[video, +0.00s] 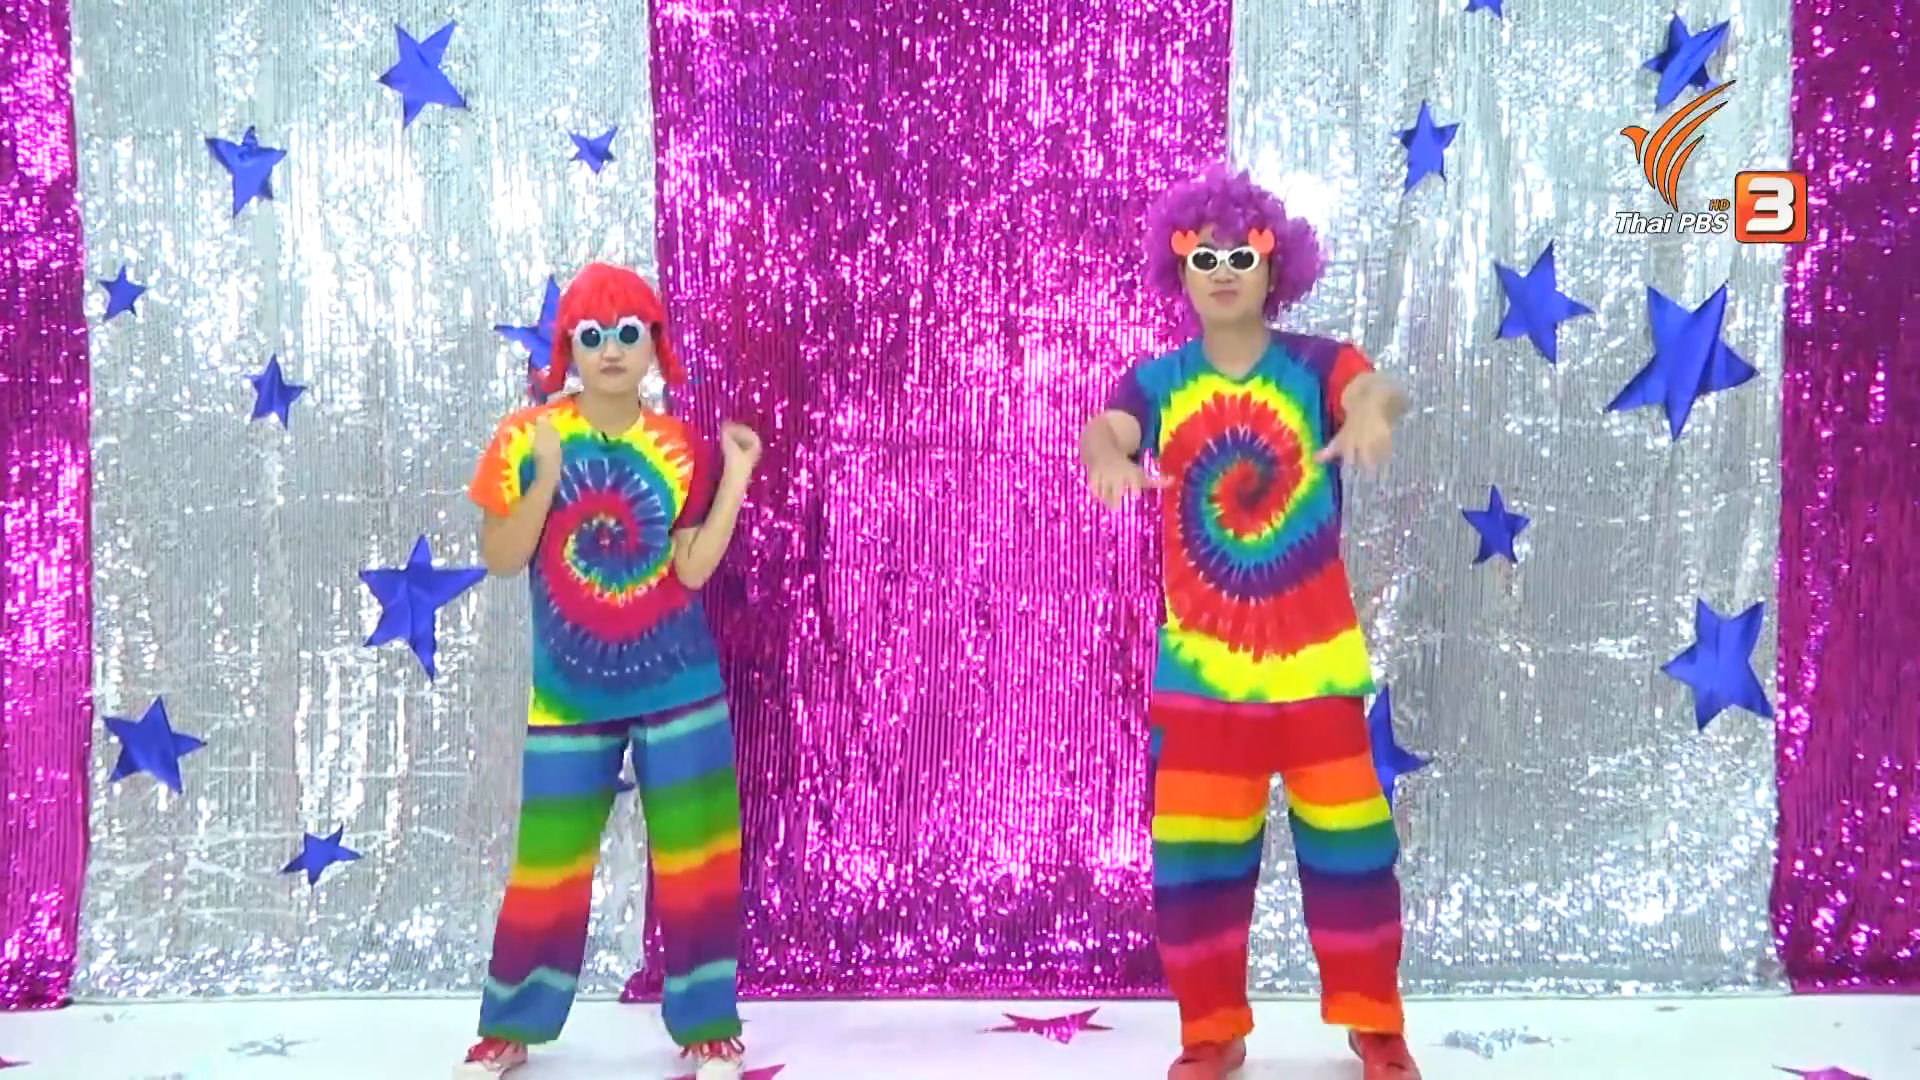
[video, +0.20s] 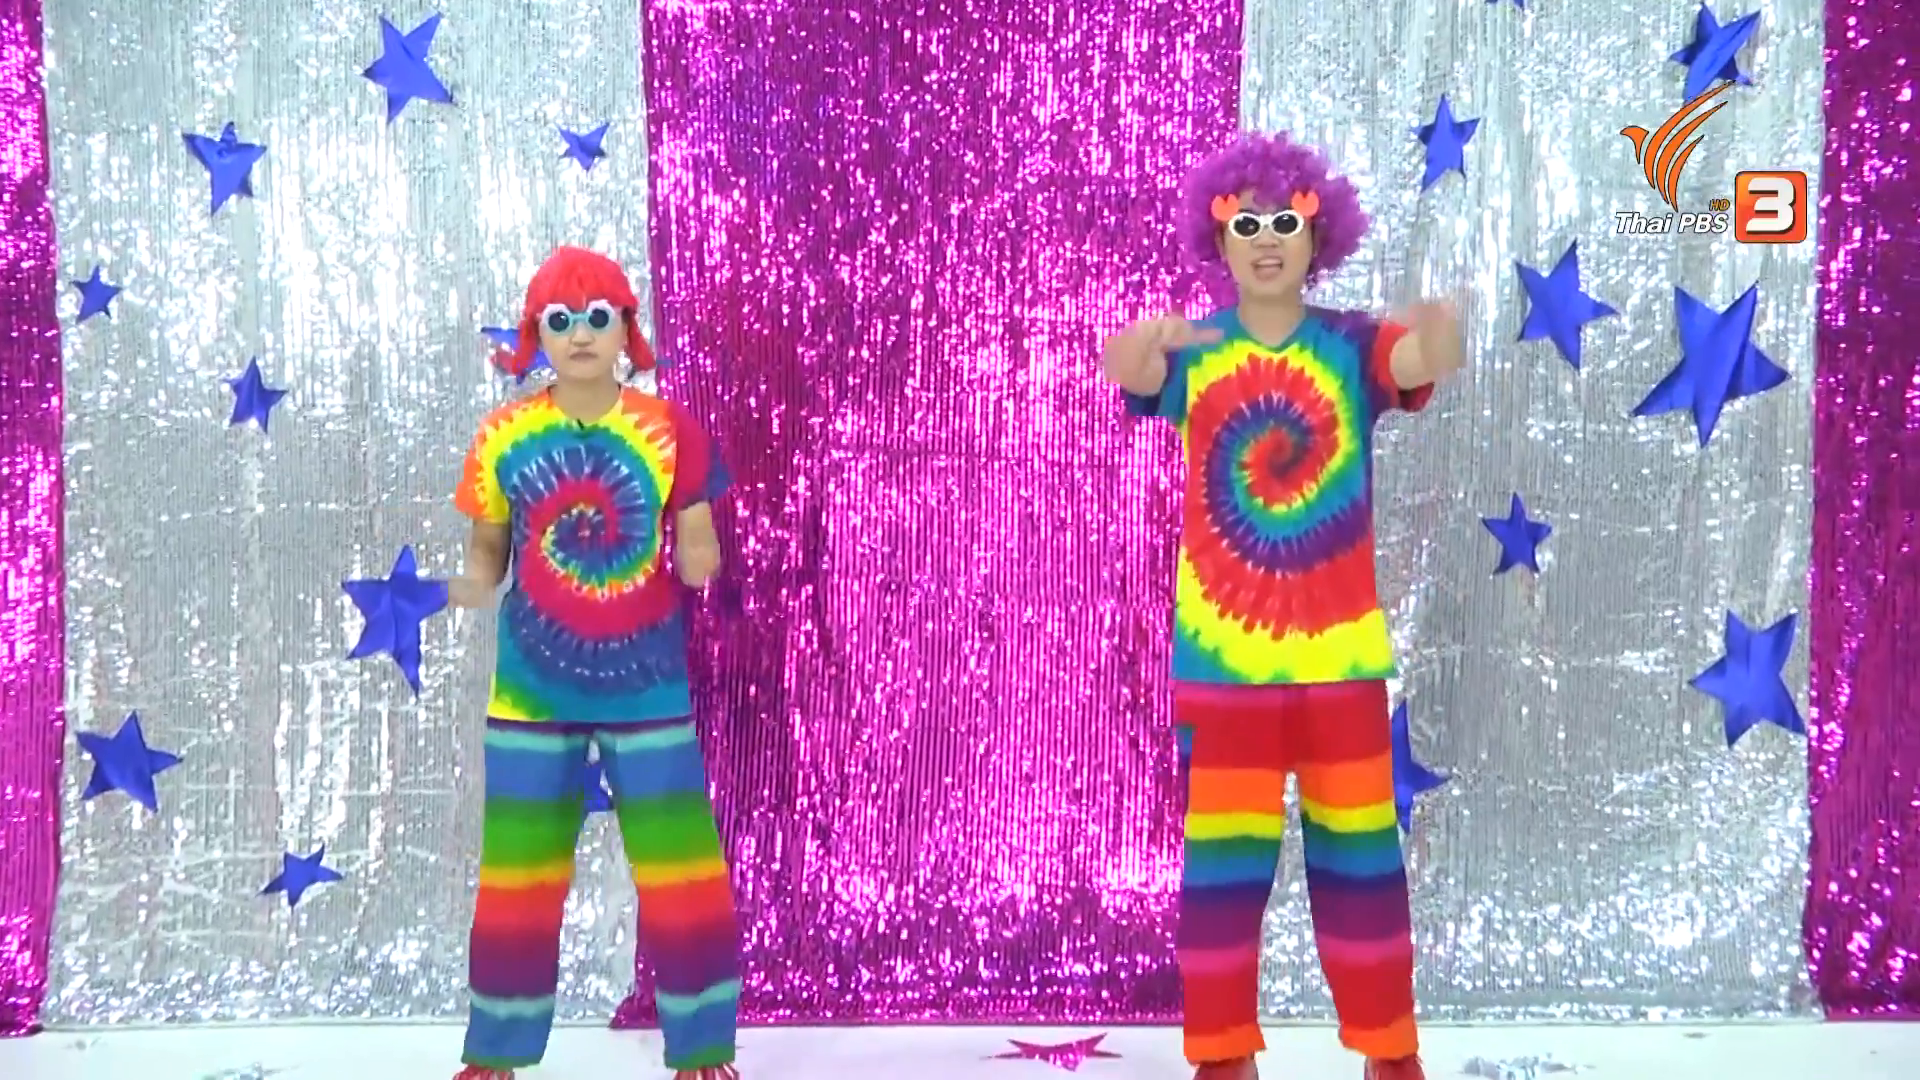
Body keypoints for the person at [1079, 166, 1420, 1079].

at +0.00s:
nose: (1223, 272)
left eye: (1243, 256)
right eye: (1203, 256)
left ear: (1273, 271)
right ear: (1179, 276)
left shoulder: (1320, 363)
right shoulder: (1158, 382)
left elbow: (1373, 387)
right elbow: (1107, 429)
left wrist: (1370, 412)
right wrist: (1107, 457)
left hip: (1320, 661)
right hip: (1204, 667)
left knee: (1353, 847)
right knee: (1197, 855)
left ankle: (1376, 1028)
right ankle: (1210, 1032)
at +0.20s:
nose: (1267, 243)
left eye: (1285, 225)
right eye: (1247, 226)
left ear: (1313, 246)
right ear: (1221, 247)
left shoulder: (1352, 343)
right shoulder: (1194, 352)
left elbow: (1423, 359)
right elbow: (1123, 366)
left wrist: (1440, 317)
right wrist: (1152, 336)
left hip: (1341, 644)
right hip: (1228, 650)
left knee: (1362, 852)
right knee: (1226, 859)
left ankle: (1392, 1054)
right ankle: (1223, 1059)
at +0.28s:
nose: (1289, 240)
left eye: (1309, 223)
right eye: (1269, 223)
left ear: (1337, 246)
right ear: (1242, 247)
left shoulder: (1371, 343)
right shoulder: (1213, 351)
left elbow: (1453, 360)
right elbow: (1142, 349)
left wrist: (1464, 298)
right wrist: (1182, 306)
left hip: (1355, 643)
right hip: (1241, 648)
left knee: (1369, 859)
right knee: (1238, 862)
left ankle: (1387, 1057)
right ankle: (1230, 1059)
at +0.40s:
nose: (1326, 252)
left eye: (1345, 235)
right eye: (1305, 236)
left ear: (1374, 253)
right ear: (1276, 256)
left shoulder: (1406, 361)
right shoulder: (1247, 354)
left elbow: (1484, 400)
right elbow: (1184, 371)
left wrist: (1493, 350)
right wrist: (1234, 355)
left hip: (1380, 671)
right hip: (1261, 669)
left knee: (1384, 888)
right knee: (1246, 889)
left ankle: (1384, 1070)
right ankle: (1243, 1070)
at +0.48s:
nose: (1352, 269)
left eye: (1372, 250)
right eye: (1330, 252)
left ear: (1401, 268)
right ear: (1299, 271)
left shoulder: (1433, 377)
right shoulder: (1261, 367)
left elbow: (1510, 433)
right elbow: (1209, 408)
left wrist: (1510, 431)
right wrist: (1275, 424)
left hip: (1398, 697)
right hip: (1276, 694)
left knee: (1402, 903)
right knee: (1245, 903)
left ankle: (1397, 1068)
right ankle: (1246, 1069)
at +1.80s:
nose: (1474, 361)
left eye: (1497, 340)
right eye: (1449, 342)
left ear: (1531, 358)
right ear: (1414, 361)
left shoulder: (1571, 502)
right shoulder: (1349, 492)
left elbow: (1613, 665)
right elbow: (1296, 648)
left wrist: (1596, 816)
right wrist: (1395, 785)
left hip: (1513, 884)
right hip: (1363, 874)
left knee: (1517, 1066)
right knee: (1335, 1066)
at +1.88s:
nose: (1475, 346)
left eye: (1498, 325)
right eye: (1450, 327)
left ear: (1534, 345)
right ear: (1415, 348)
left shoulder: (1576, 501)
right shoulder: (1346, 487)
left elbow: (1602, 684)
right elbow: (1281, 654)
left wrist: (1609, 856)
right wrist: (1387, 800)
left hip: (1515, 885)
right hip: (1362, 875)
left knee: (1518, 1067)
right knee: (1341, 1068)